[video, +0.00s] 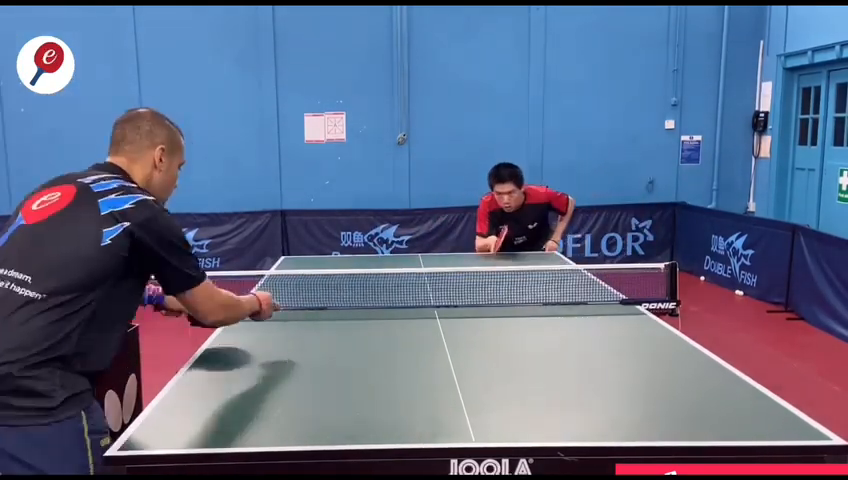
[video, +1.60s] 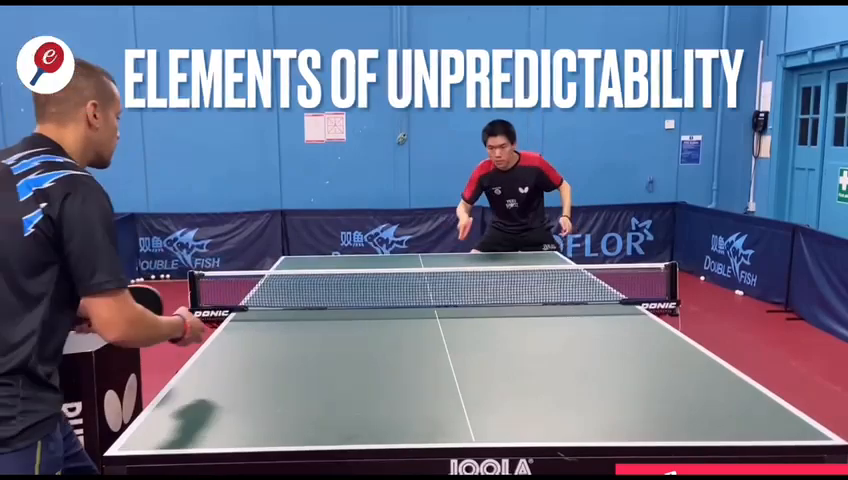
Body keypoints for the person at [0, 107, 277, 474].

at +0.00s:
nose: (176, 183)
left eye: (180, 170)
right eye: (178, 169)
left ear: (116, 150)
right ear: (158, 158)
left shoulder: (52, 190)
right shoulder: (144, 214)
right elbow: (213, 311)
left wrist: (161, 299)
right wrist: (253, 304)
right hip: (43, 403)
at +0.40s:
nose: (201, 215)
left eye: (205, 203)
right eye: (205, 201)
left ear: (147, 179)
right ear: (190, 190)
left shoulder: (87, 206)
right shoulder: (155, 230)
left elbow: (101, 287)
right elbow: (186, 353)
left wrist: (180, 299)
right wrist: (247, 350)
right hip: (37, 414)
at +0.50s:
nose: (198, 207)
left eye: (201, 194)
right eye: (201, 192)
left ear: (142, 174)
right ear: (185, 184)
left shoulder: (96, 204)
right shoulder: (141, 225)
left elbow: (166, 266)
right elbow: (167, 345)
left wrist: (238, 281)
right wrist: (234, 343)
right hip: (30, 396)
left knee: (125, 463)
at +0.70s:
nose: (177, 163)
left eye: (178, 152)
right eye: (176, 151)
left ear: (114, 140)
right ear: (156, 147)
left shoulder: (74, 180)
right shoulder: (111, 202)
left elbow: (132, 259)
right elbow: (126, 330)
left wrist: (217, 260)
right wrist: (191, 334)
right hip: (28, 406)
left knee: (120, 471)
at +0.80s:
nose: (152, 146)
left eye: (153, 134)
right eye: (151, 133)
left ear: (82, 128)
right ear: (129, 131)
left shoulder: (41, 177)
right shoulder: (90, 197)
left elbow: (76, 273)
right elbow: (100, 332)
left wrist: (165, 276)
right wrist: (160, 338)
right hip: (28, 415)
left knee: (120, 469)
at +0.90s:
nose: (126, 134)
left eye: (126, 121)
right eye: (124, 120)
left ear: (51, 120)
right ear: (100, 119)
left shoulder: (12, 173)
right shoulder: (64, 196)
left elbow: (21, 310)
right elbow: (73, 339)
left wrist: (101, 315)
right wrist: (130, 341)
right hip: (26, 434)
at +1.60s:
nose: (119, 132)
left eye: (120, 119)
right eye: (117, 117)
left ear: (45, 114)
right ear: (91, 114)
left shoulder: (8, 164)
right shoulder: (75, 187)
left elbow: (14, 296)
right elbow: (117, 323)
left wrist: (75, 312)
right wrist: (178, 327)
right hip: (20, 420)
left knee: (82, 469)